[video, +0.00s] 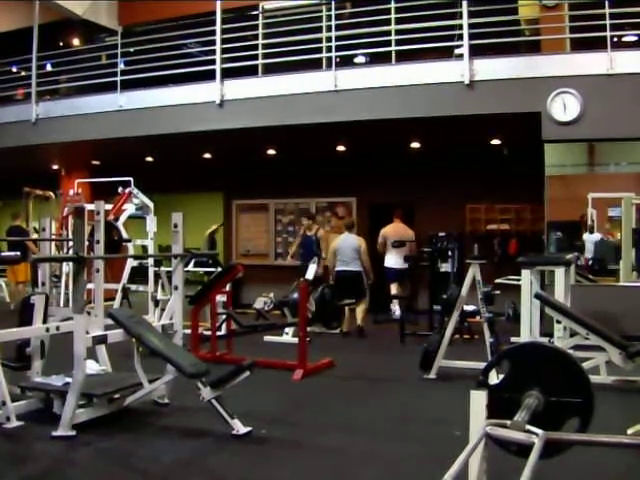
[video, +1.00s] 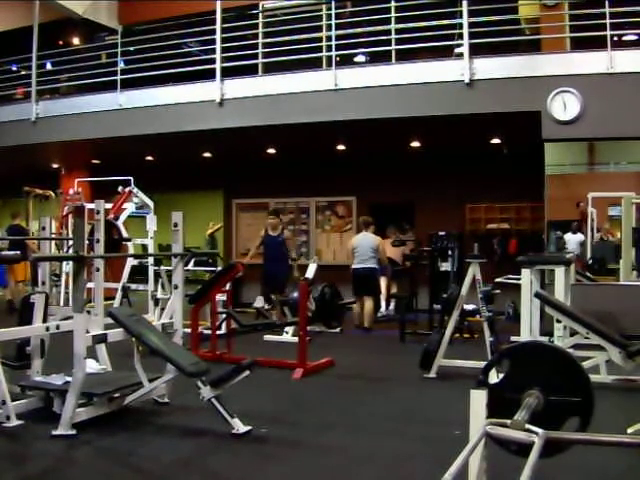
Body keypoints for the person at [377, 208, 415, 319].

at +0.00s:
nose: (396, 220)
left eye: (395, 218)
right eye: (398, 218)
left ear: (393, 218)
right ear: (402, 218)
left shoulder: (385, 231)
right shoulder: (410, 232)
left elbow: (380, 246)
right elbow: (413, 249)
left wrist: (386, 252)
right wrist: (407, 253)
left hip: (390, 261)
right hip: (404, 262)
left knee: (393, 285)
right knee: (403, 284)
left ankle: (396, 307)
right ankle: (398, 304)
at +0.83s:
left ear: (387, 232)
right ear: (398, 232)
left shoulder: (382, 240)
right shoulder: (401, 240)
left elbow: (380, 253)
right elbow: (407, 252)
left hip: (384, 262)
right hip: (397, 264)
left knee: (383, 282)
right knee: (395, 285)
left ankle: (383, 307)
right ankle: (392, 307)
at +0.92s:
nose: (389, 234)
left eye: (389, 233)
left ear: (387, 233)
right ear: (397, 233)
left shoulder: (383, 241)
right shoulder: (402, 242)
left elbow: (380, 253)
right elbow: (407, 254)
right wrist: (407, 263)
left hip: (385, 263)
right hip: (397, 265)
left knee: (383, 288)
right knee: (394, 284)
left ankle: (383, 307)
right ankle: (392, 307)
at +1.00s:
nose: (391, 235)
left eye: (390, 233)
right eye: (392, 233)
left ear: (387, 234)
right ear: (397, 233)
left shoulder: (384, 243)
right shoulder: (402, 244)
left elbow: (381, 254)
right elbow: (407, 255)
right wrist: (407, 263)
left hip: (385, 264)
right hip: (397, 266)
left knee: (383, 290)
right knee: (394, 285)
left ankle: (383, 308)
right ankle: (392, 307)